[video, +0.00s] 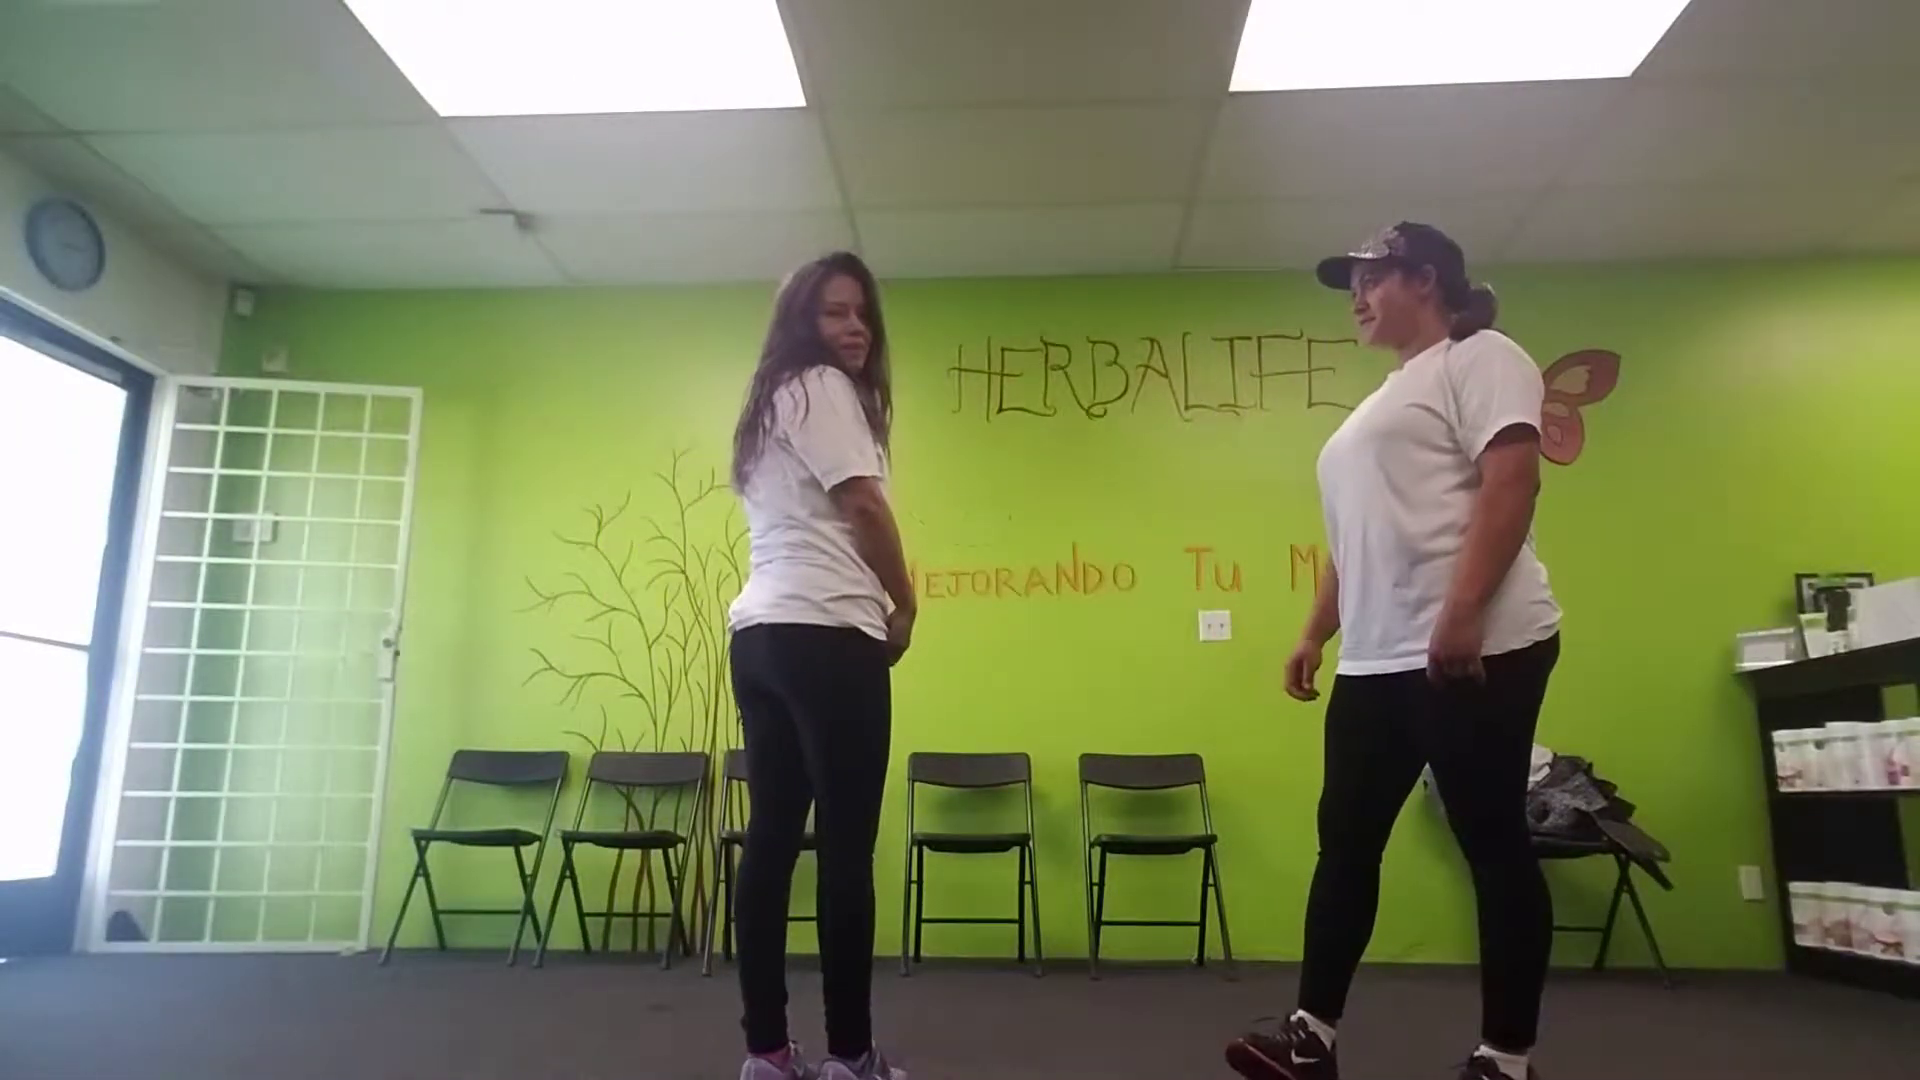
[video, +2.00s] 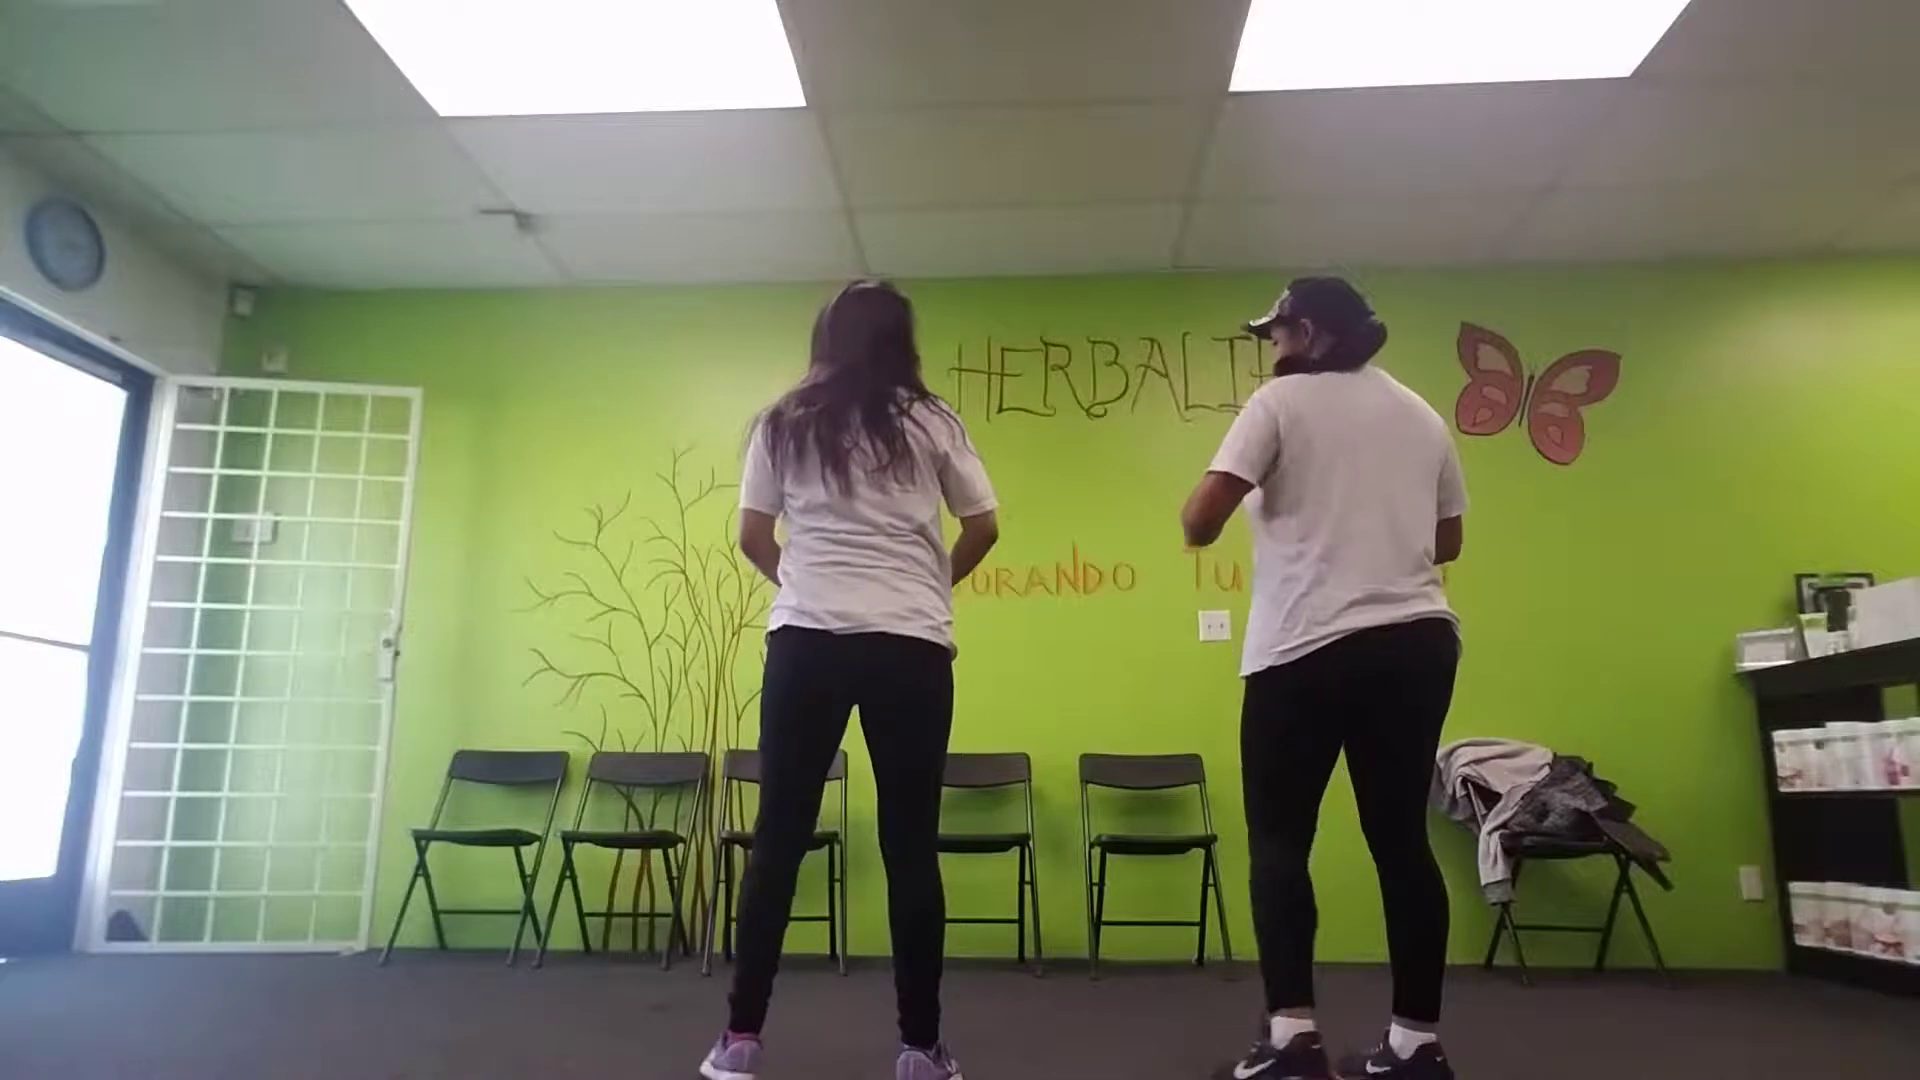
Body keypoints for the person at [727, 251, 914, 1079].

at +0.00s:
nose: (852, 326)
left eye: (860, 313)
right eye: (834, 313)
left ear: (871, 323)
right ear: (801, 321)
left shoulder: (773, 396)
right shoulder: (823, 387)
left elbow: (791, 526)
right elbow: (862, 506)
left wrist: (876, 602)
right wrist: (904, 600)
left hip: (762, 635)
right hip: (826, 633)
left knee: (771, 840)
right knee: (848, 846)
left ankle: (766, 1051)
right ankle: (849, 1055)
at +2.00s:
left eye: (822, 332)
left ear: (824, 342)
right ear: (904, 346)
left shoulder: (785, 419)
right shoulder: (934, 417)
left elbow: (753, 535)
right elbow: (984, 523)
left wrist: (810, 585)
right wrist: (935, 579)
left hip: (807, 639)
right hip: (912, 642)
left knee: (777, 841)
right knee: (912, 848)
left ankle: (740, 1042)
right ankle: (921, 1050)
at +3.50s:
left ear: (810, 440)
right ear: (892, 441)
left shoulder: (774, 503)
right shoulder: (914, 509)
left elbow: (767, 590)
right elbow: (941, 613)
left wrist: (834, 572)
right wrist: (878, 567)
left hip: (771, 689)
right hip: (883, 697)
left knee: (722, 859)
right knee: (932, 861)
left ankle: (697, 1049)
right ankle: (936, 1049)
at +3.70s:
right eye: (890, 524)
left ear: (809, 527)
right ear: (889, 530)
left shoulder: (772, 586)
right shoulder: (907, 594)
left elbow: (764, 669)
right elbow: (940, 694)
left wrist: (829, 657)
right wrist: (876, 657)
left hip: (762, 766)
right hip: (880, 778)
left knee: (718, 875)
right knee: (950, 866)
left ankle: (701, 1039)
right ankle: (937, 1038)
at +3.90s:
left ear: (808, 615)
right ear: (887, 619)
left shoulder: (768, 678)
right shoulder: (904, 684)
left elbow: (759, 760)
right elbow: (941, 779)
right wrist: (884, 740)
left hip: (756, 874)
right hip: (870, 878)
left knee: (705, 880)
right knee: (964, 868)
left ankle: (701, 1036)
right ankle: (938, 1038)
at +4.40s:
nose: (892, 557)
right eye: (886, 547)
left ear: (805, 550)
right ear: (883, 555)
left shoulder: (765, 607)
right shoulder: (898, 612)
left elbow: (752, 686)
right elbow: (951, 698)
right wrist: (896, 655)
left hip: (750, 757)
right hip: (865, 762)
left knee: (717, 878)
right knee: (942, 874)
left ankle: (699, 1047)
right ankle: (934, 1048)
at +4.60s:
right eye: (887, 433)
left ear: (804, 434)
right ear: (886, 439)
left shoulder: (767, 503)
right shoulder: (909, 508)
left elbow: (739, 609)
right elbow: (963, 616)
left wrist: (794, 610)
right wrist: (895, 605)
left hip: (764, 678)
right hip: (875, 684)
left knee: (724, 854)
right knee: (929, 861)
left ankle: (699, 1049)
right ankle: (934, 1050)